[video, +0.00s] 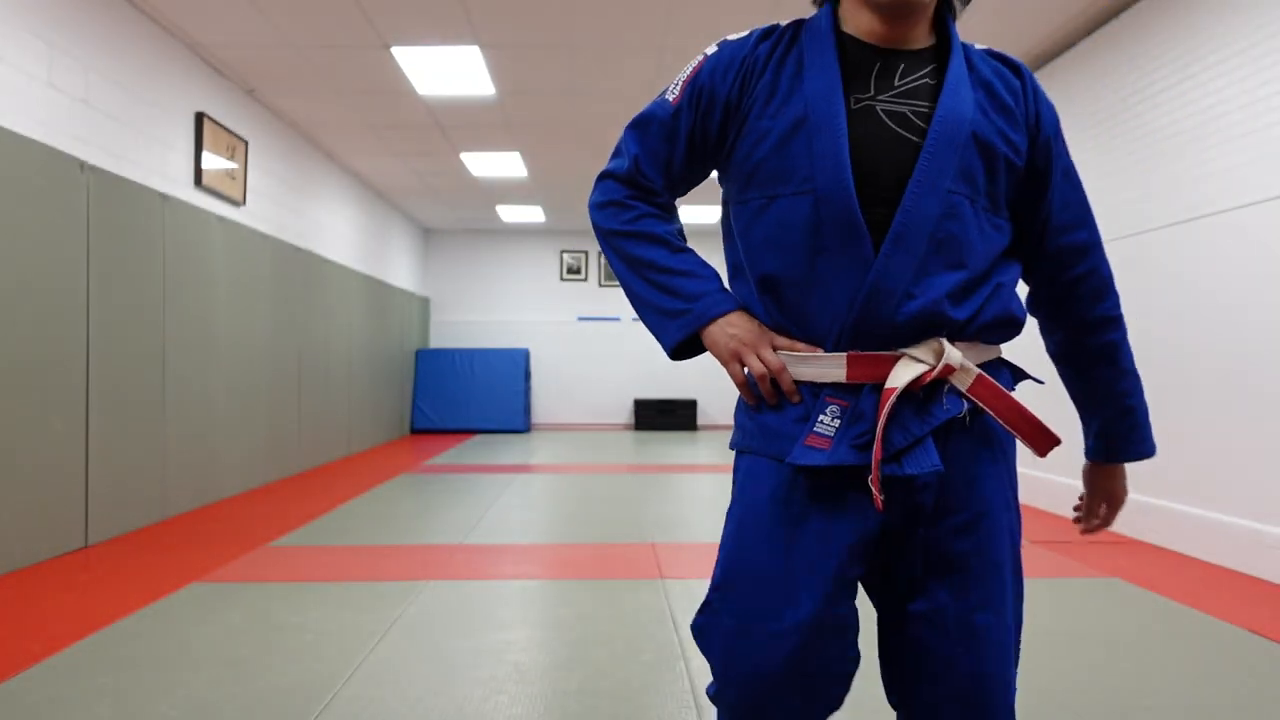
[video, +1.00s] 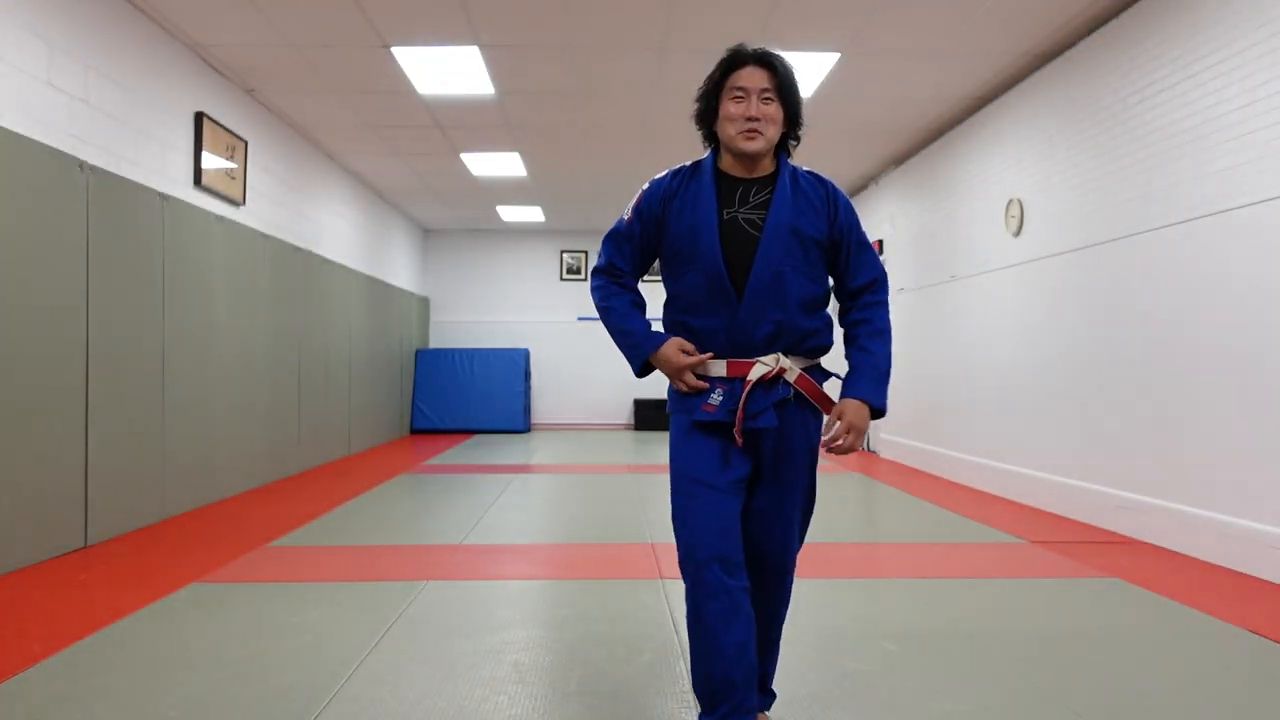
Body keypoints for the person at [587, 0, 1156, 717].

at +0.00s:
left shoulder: (1009, 95)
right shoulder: (748, 70)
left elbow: (1074, 276)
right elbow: (624, 193)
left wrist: (1110, 439)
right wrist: (708, 314)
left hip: (957, 440)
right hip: (794, 439)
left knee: (967, 695)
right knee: (765, 689)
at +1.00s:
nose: (752, 109)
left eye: (767, 98)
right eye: (737, 96)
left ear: (787, 116)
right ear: (713, 112)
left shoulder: (821, 200)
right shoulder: (670, 195)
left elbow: (867, 295)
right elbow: (610, 277)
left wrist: (863, 393)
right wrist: (651, 346)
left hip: (791, 405)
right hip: (701, 403)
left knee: (771, 563)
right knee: (710, 563)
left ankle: (753, 701)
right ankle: (725, 711)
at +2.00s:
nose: (696, 168)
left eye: (704, 161)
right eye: (684, 161)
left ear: (713, 177)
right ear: (660, 176)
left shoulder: (738, 237)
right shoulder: (629, 241)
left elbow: (768, 314)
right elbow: (601, 317)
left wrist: (726, 371)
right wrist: (640, 361)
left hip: (720, 395)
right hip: (654, 397)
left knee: (719, 504)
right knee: (653, 514)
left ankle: (706, 584)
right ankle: (664, 638)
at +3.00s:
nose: (644, 202)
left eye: (653, 194)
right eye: (635, 196)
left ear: (670, 203)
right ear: (623, 209)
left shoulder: (700, 250)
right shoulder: (609, 264)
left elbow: (754, 290)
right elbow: (586, 324)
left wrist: (729, 343)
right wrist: (622, 351)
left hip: (686, 389)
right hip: (631, 392)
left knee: (689, 490)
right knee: (637, 490)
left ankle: (695, 595)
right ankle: (660, 570)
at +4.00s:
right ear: (621, 227)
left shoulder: (682, 253)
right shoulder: (614, 266)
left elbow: (723, 297)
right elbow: (598, 316)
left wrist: (700, 350)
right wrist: (606, 368)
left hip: (682, 382)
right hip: (636, 386)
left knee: (690, 479)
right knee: (643, 483)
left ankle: (696, 585)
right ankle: (665, 575)